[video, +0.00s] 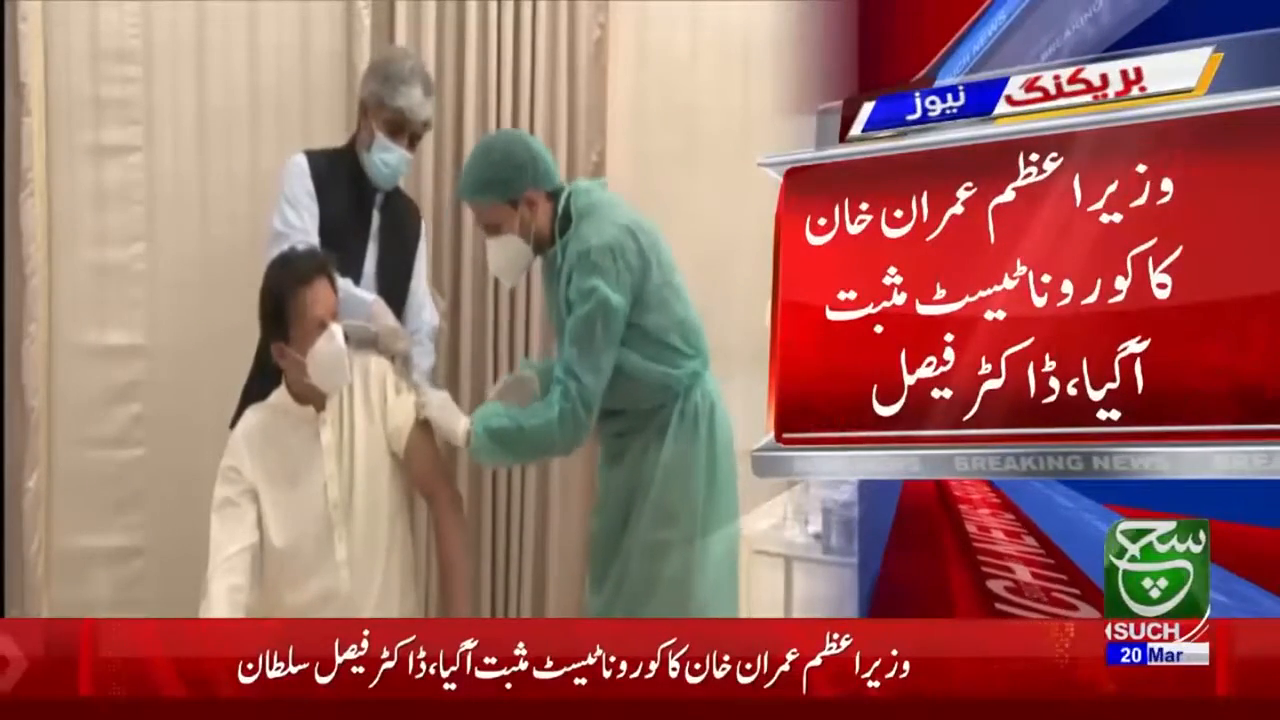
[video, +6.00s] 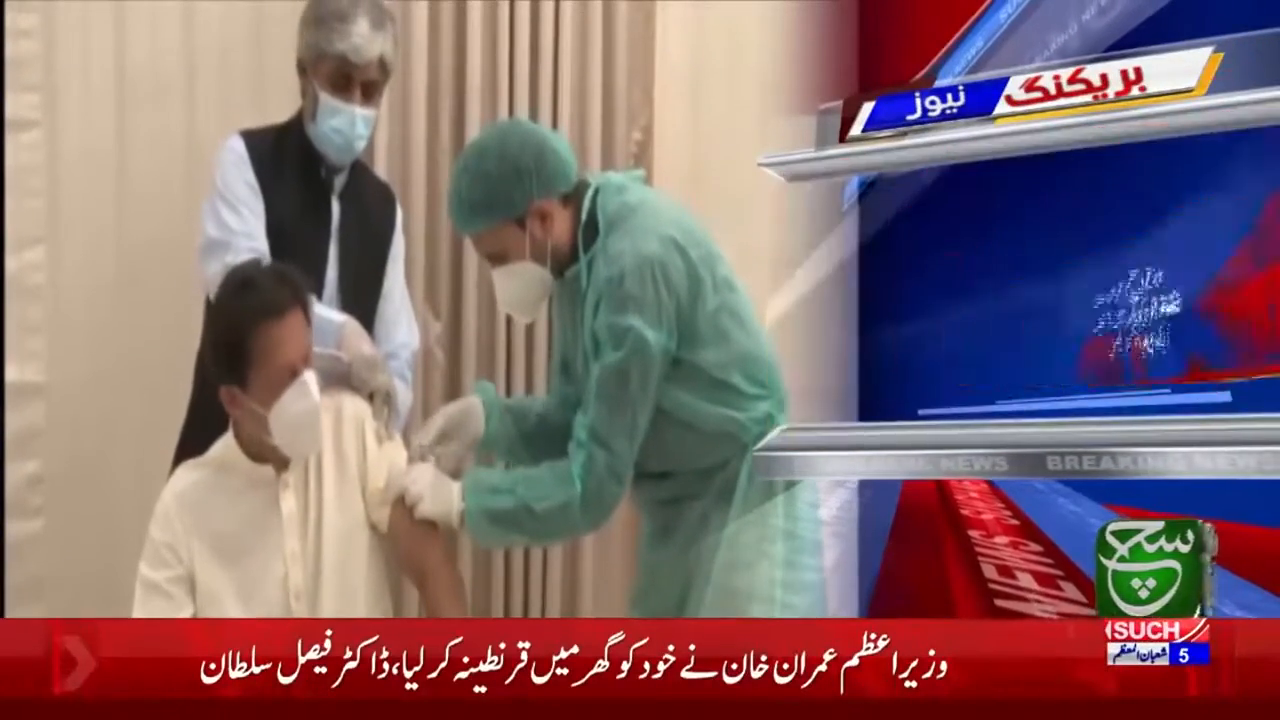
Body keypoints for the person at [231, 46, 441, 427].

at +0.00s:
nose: (401, 150)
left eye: (414, 139)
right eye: (393, 132)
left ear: (424, 137)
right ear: (364, 116)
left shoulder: (409, 217)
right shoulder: (308, 171)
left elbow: (420, 319)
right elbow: (292, 267)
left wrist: (412, 394)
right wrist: (370, 310)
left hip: (372, 389)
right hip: (298, 376)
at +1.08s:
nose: (407, 155)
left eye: (421, 145)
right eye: (399, 136)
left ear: (430, 145)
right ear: (371, 118)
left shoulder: (412, 218)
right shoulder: (314, 172)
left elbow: (425, 321)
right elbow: (296, 269)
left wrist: (419, 403)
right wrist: (371, 312)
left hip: (372, 391)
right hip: (297, 377)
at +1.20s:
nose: (347, 74)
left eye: (359, 57)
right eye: (330, 55)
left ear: (372, 54)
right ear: (293, 46)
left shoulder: (376, 163)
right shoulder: (240, 120)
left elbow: (391, 293)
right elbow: (228, 244)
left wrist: (374, 374)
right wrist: (330, 291)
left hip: (332, 388)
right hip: (236, 374)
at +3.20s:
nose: (351, 80)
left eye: (364, 63)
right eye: (335, 60)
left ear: (378, 65)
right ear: (299, 53)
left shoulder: (378, 176)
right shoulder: (244, 131)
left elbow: (395, 309)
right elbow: (234, 255)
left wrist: (378, 394)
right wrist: (335, 302)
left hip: (335, 402)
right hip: (239, 387)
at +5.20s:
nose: (351, 93)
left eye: (366, 77)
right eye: (336, 72)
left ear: (380, 81)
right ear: (301, 64)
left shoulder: (379, 192)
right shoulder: (246, 147)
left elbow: (396, 327)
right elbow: (235, 271)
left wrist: (379, 423)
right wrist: (338, 320)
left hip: (335, 420)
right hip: (242, 399)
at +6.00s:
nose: (354, 106)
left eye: (370, 90)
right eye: (340, 84)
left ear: (384, 91)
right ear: (304, 75)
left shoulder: (381, 204)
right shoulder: (247, 157)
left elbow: (397, 340)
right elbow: (236, 282)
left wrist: (382, 430)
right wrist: (342, 334)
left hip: (341, 429)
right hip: (243, 417)